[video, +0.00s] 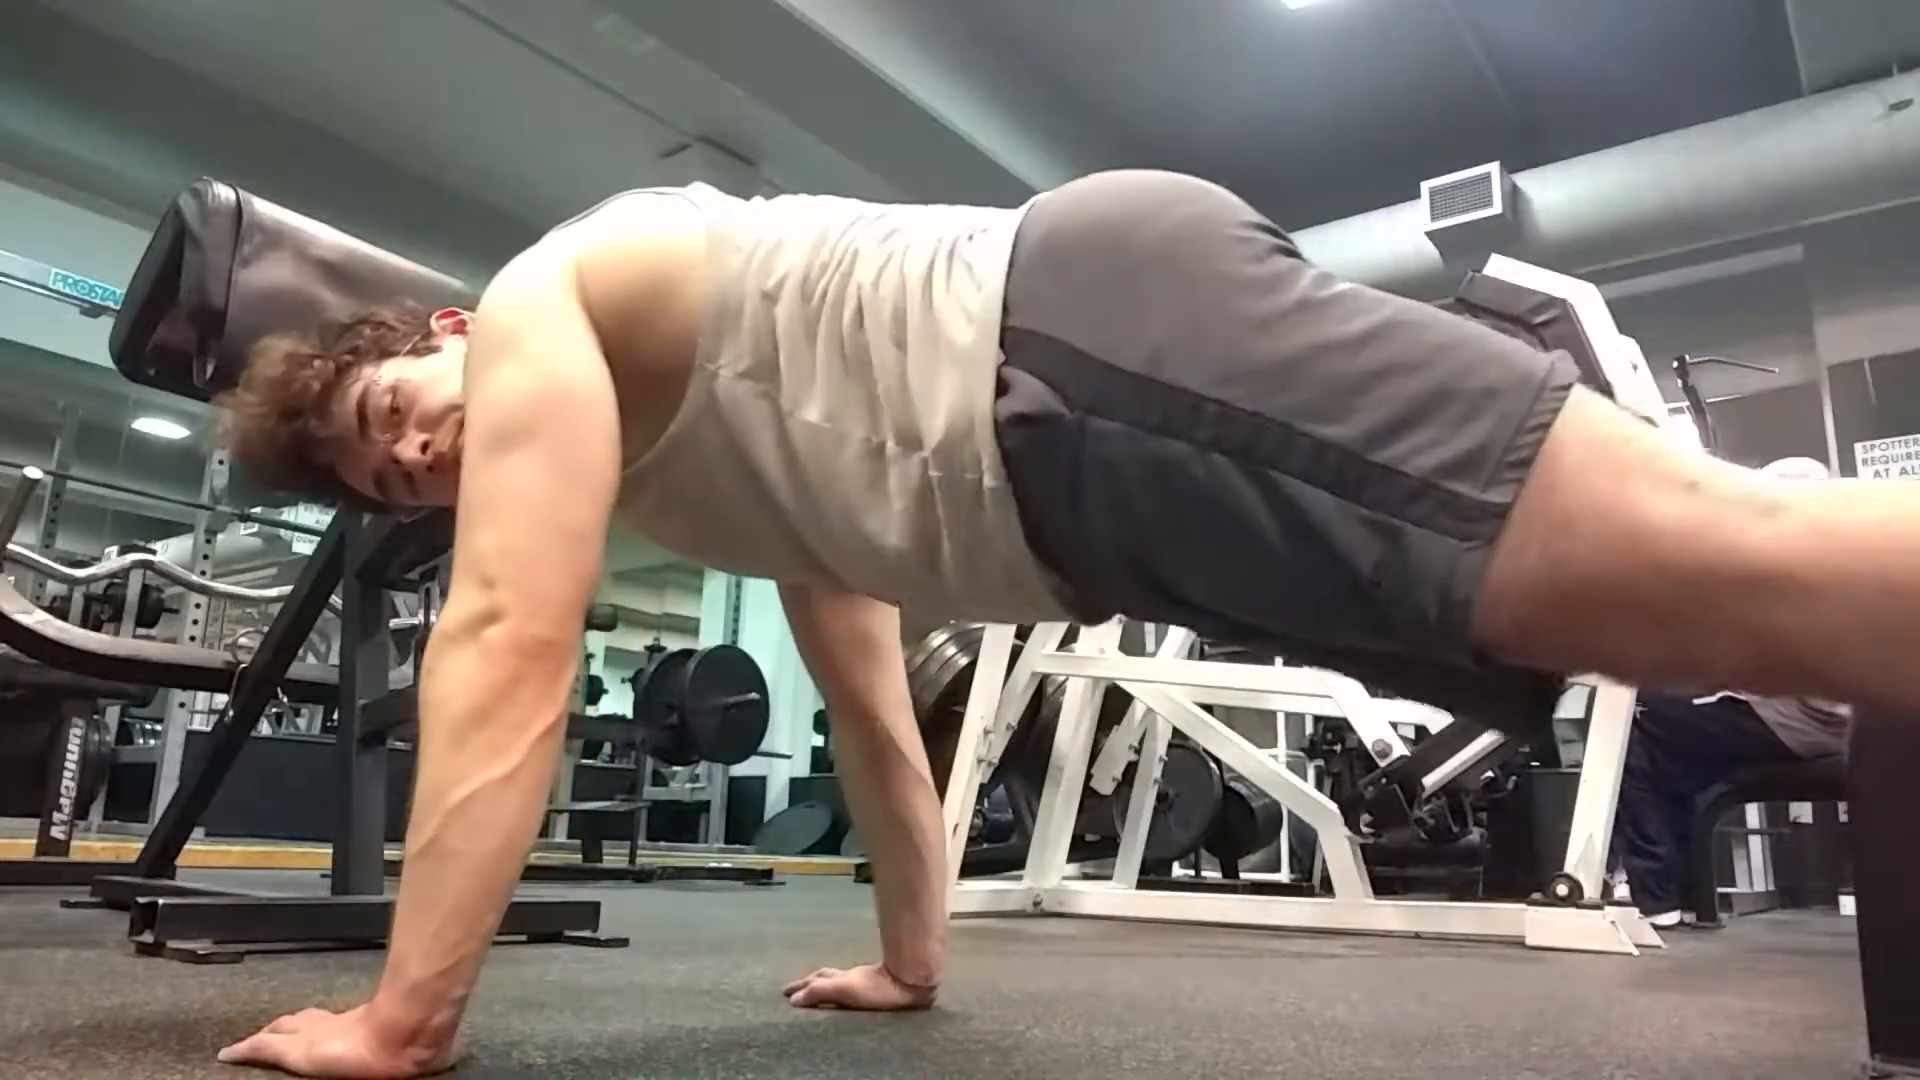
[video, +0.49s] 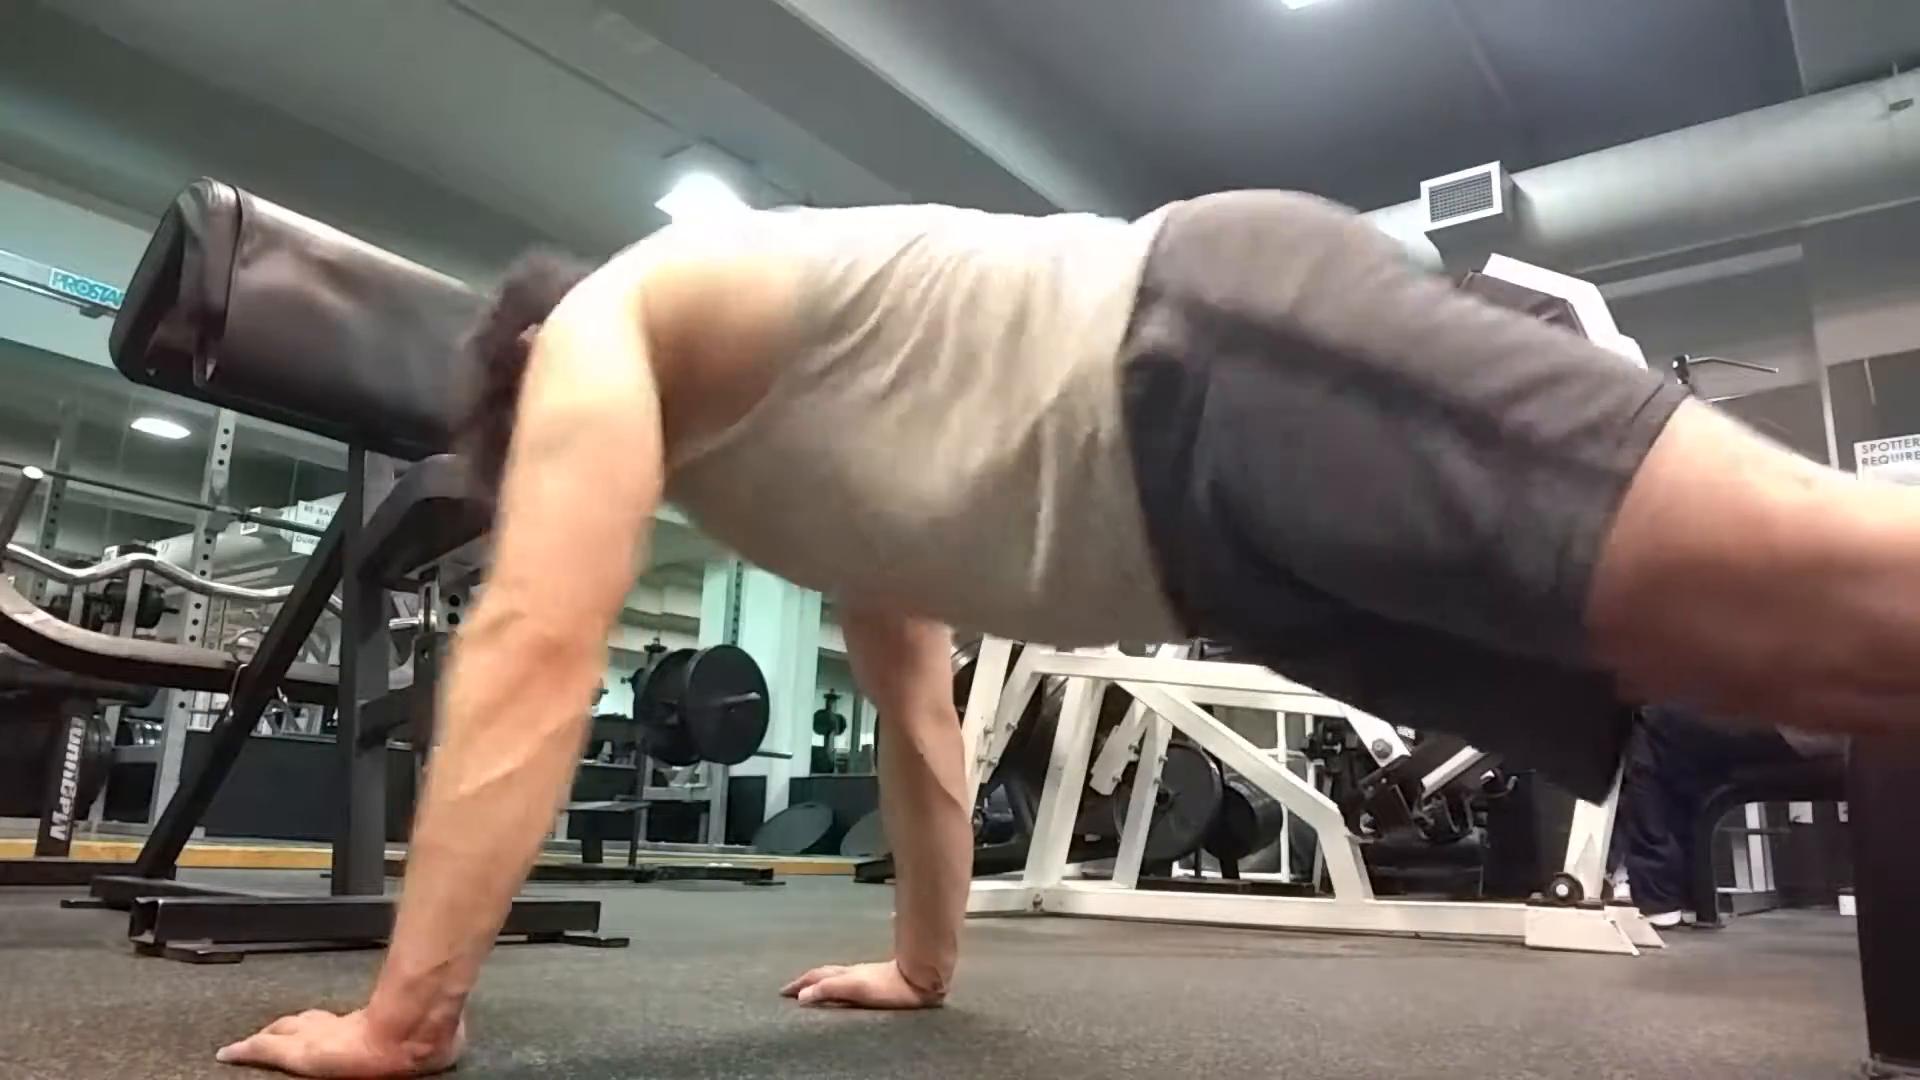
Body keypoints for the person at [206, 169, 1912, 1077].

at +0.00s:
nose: (381, 459)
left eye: (358, 408)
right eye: (344, 473)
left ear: (413, 315)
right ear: (367, 477)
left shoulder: (537, 314)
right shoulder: (724, 422)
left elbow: (508, 647)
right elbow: (869, 695)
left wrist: (403, 1014)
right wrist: (916, 955)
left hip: (1088, 356)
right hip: (1112, 477)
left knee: (1717, 563)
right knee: (1696, 610)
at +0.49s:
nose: (525, 502)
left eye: (506, 464)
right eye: (506, 484)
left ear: (511, 381)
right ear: (552, 407)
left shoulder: (612, 321)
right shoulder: (788, 452)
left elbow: (535, 654)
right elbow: (907, 683)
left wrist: (405, 1013)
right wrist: (928, 959)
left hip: (1221, 369)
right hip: (1230, 560)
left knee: (1844, 590)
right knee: (1831, 700)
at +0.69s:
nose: (554, 455)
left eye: (540, 412)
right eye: (540, 430)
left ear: (559, 337)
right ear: (626, 331)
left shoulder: (635, 322)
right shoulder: (820, 441)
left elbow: (574, 658)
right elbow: (914, 692)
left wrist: (461, 1018)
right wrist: (926, 963)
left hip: (1221, 390)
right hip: (1242, 565)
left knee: (1842, 583)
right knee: (1835, 693)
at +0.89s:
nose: (551, 391)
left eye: (546, 353)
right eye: (541, 365)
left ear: (580, 293)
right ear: (670, 256)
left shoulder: (633, 324)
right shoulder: (827, 411)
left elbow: (554, 648)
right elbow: (912, 690)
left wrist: (456, 1014)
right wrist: (924, 959)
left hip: (1253, 392)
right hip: (1261, 560)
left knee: (1874, 554)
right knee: (1841, 718)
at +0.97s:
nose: (557, 379)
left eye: (555, 339)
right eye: (548, 353)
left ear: (591, 289)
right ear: (684, 252)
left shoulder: (644, 318)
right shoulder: (839, 423)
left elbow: (564, 643)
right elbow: (914, 696)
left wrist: (459, 1010)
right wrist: (928, 966)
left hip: (1264, 371)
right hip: (1268, 544)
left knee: (1880, 541)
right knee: (1845, 690)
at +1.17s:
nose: (567, 363)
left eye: (563, 327)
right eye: (560, 339)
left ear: (591, 281)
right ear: (702, 234)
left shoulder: (651, 316)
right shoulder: (844, 408)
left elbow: (592, 654)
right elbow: (912, 693)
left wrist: (468, 1005)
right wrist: (926, 957)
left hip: (1266, 380)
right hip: (1285, 564)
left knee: (1862, 562)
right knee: (1834, 707)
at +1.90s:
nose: (431, 849)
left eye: (408, 830)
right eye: (426, 828)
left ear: (403, 759)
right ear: (458, 717)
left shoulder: (447, 721)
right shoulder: (544, 755)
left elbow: (607, 697)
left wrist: (458, 1014)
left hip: (1020, 796)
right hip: (1034, 850)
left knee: (1718, 842)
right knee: (1709, 853)